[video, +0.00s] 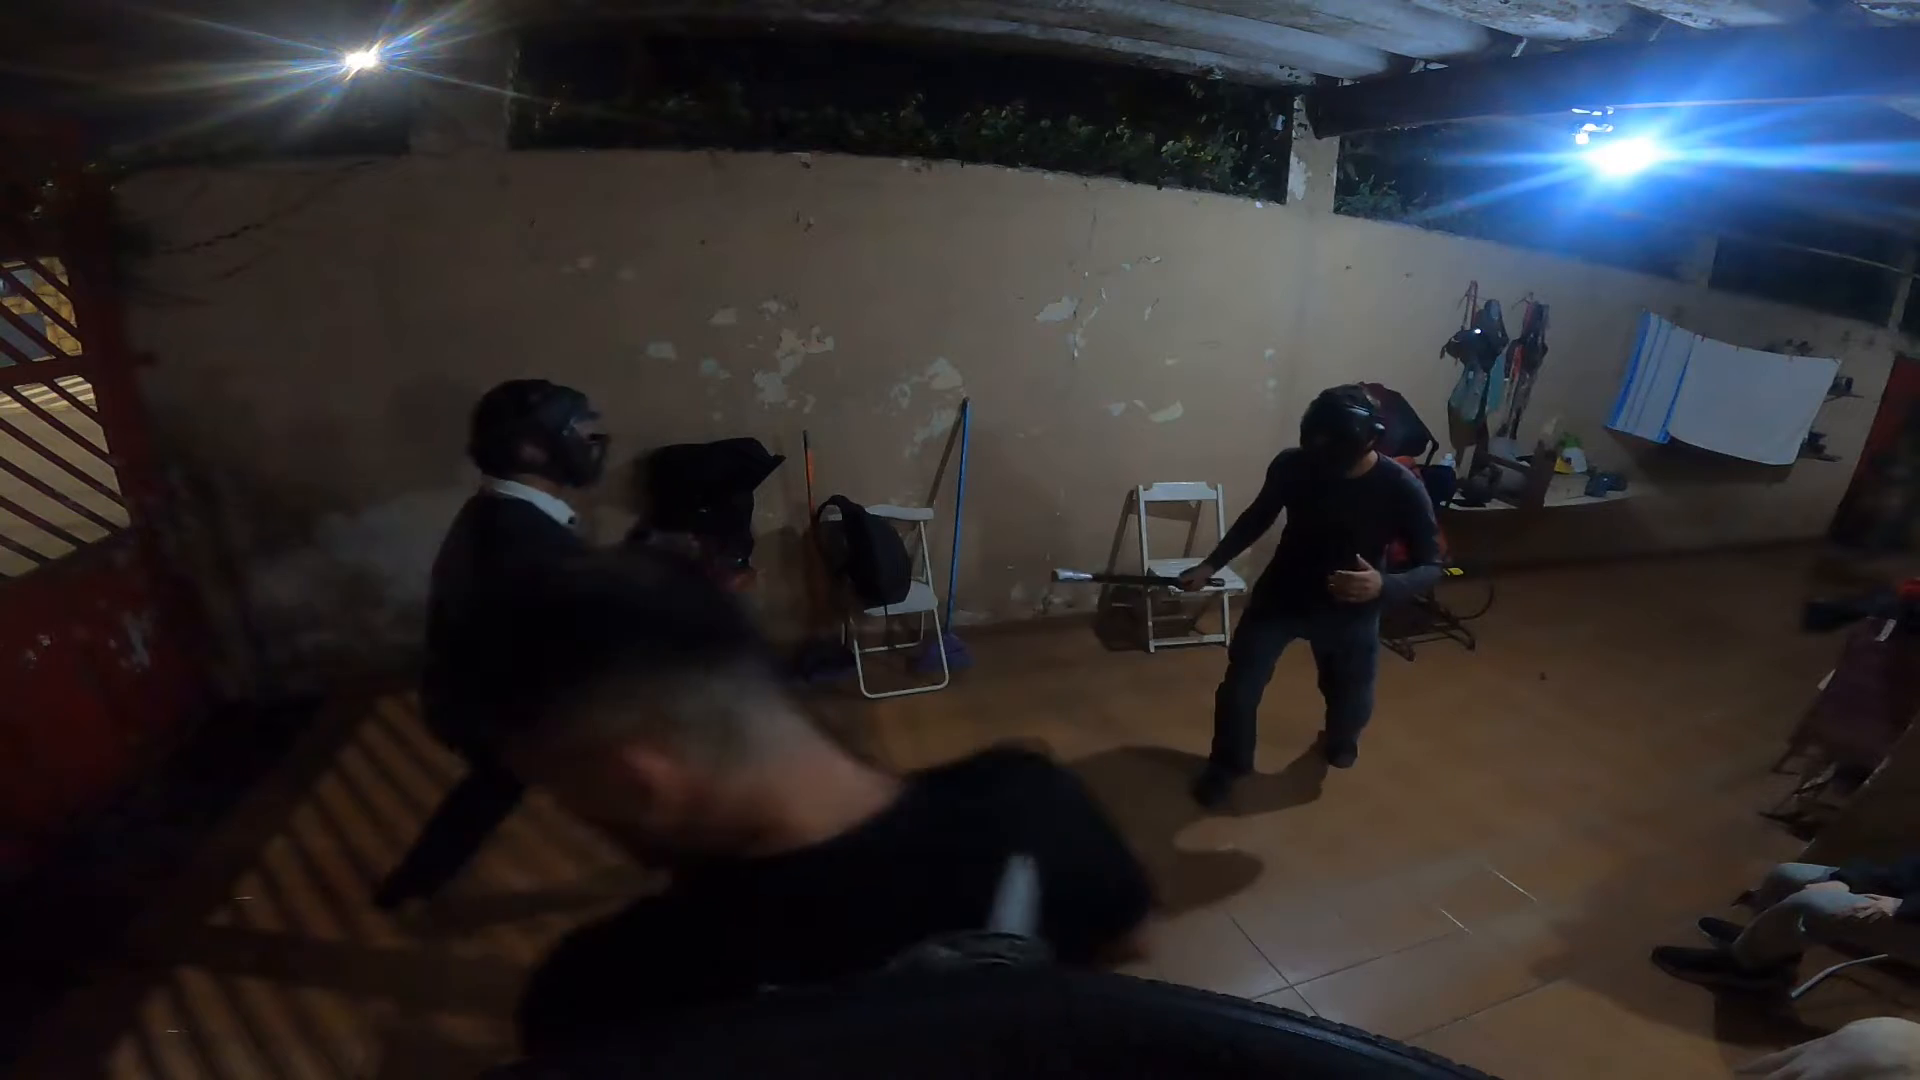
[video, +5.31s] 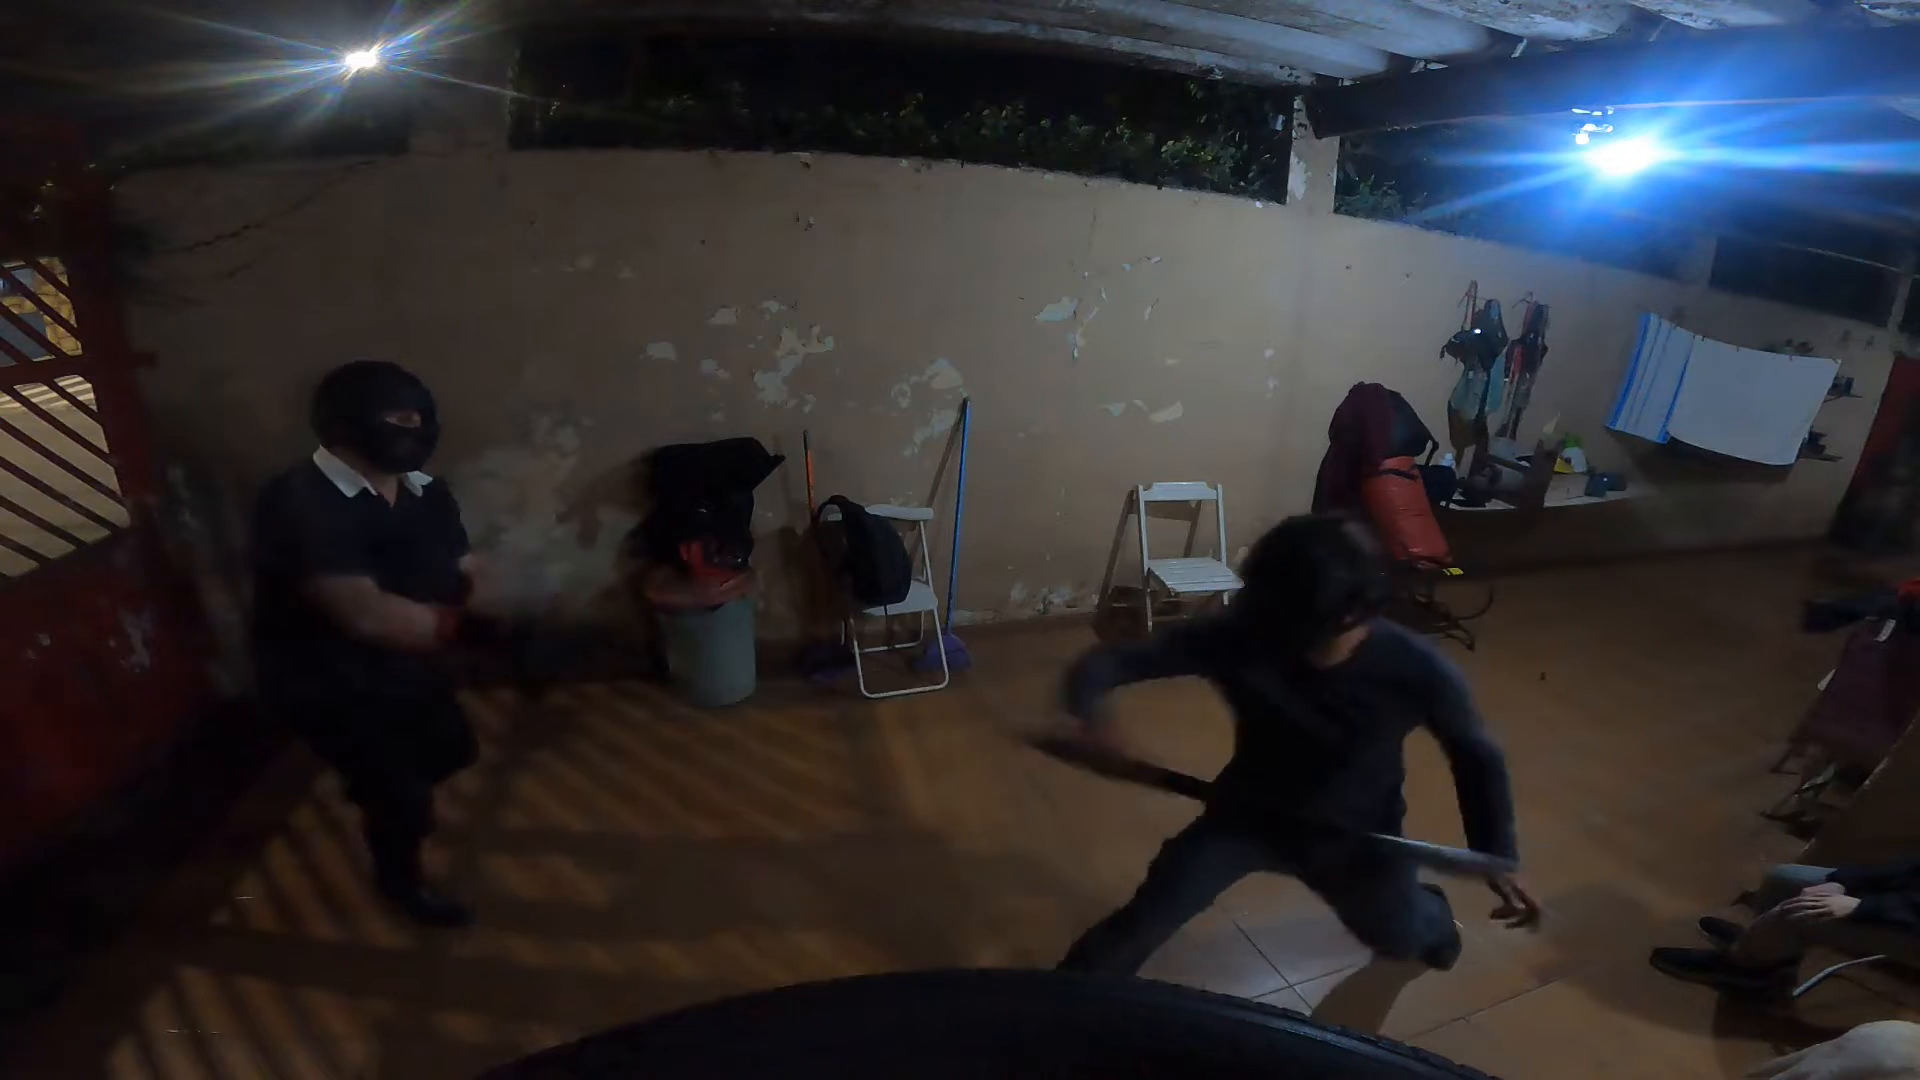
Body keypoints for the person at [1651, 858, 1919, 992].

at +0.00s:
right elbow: (1911, 871)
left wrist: (1903, 908)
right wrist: (1847, 878)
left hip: (1912, 922)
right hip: (1904, 890)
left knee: (1807, 905)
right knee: (1786, 877)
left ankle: (1742, 960)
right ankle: (1754, 941)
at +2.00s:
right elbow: (1909, 869)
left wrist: (1903, 908)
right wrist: (1846, 879)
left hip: (1911, 924)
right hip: (1902, 893)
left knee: (1806, 906)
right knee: (1786, 876)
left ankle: (1740, 961)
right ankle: (1752, 941)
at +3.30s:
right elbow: (1911, 869)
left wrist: (1878, 908)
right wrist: (1847, 881)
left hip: (1911, 924)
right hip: (1899, 893)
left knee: (1799, 912)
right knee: (1783, 878)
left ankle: (1737, 963)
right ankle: (1766, 954)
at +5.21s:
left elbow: (1914, 915)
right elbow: (1908, 869)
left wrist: (1858, 908)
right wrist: (1845, 883)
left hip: (1912, 925)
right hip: (1903, 891)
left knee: (1794, 916)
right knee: (1782, 879)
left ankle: (1743, 962)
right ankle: (1757, 946)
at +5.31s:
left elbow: (1914, 916)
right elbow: (1908, 871)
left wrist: (1858, 908)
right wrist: (1844, 882)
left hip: (1911, 926)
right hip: (1902, 891)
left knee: (1795, 915)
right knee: (1781, 879)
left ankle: (1741, 962)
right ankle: (1756, 946)